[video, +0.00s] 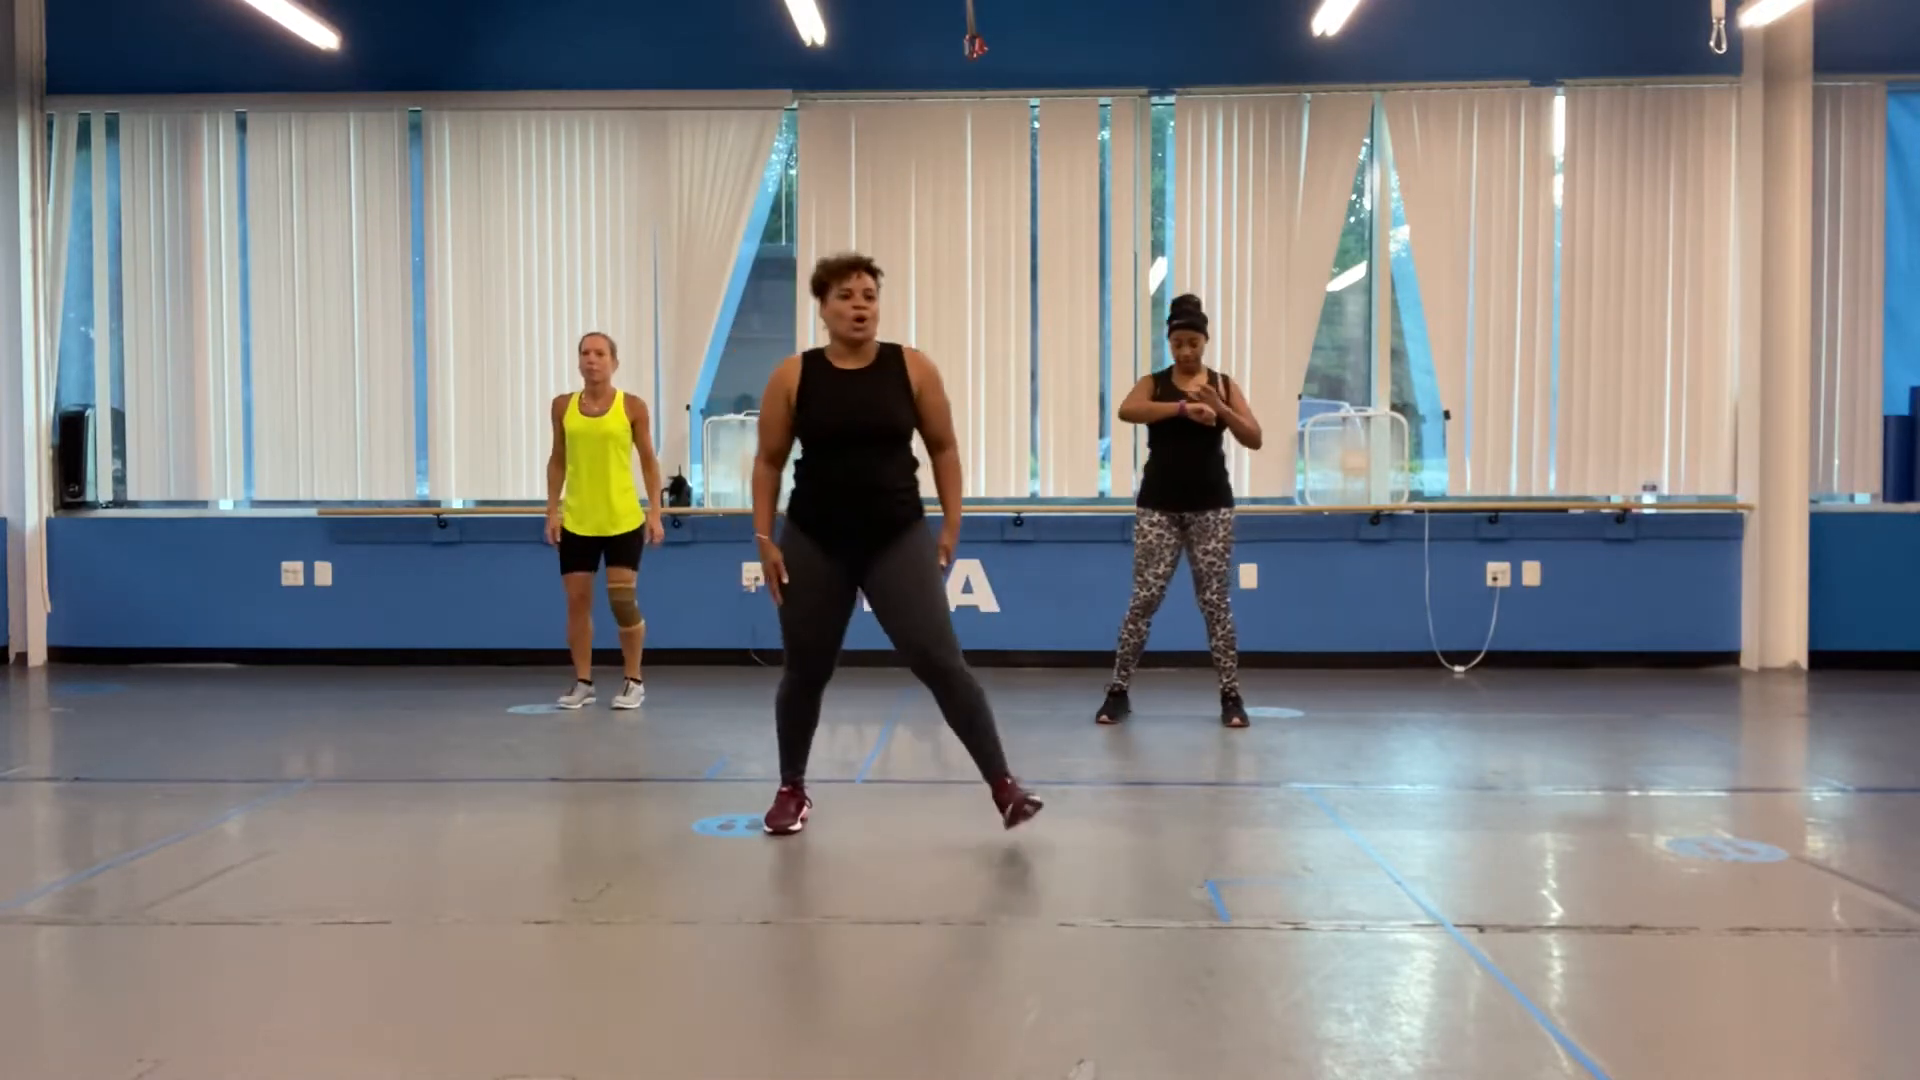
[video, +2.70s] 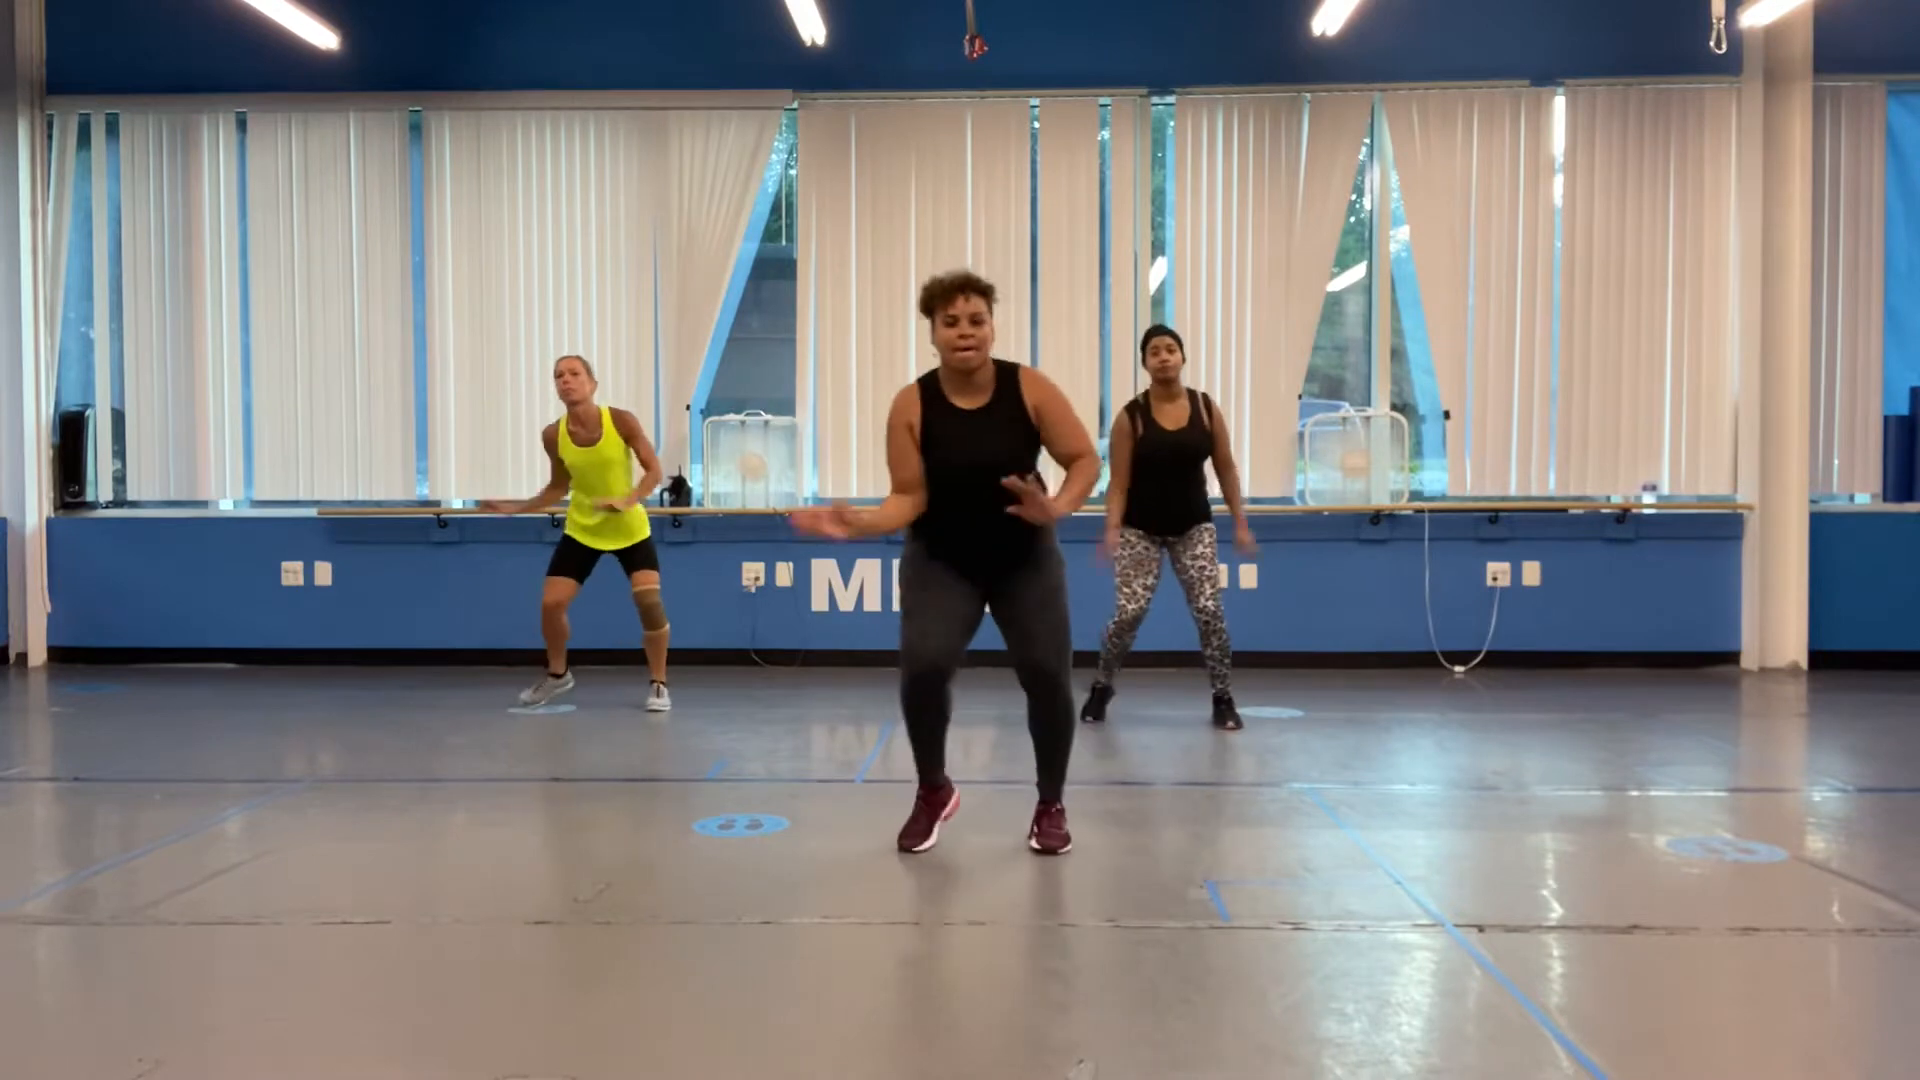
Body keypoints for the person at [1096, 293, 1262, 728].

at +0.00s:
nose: (1185, 350)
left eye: (1192, 342)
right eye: (1178, 342)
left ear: (1205, 342)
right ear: (1169, 343)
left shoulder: (1224, 386)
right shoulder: (1153, 383)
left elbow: (1255, 438)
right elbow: (1127, 411)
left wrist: (1222, 411)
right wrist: (1180, 408)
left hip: (1210, 508)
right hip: (1159, 507)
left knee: (1215, 601)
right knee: (1145, 598)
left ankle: (1230, 695)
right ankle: (1118, 691)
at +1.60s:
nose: (1177, 341)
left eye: (1184, 334)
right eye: (1169, 334)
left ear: (1195, 338)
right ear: (1159, 340)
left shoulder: (1214, 385)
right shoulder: (1141, 389)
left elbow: (1230, 438)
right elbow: (1125, 447)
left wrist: (1235, 456)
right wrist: (1174, 453)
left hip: (1204, 511)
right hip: (1152, 510)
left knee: (1214, 603)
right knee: (1141, 602)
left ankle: (1233, 695)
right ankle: (1118, 693)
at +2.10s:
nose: (1142, 347)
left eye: (1150, 340)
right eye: (1135, 339)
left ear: (1159, 349)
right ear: (1120, 345)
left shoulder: (1170, 399)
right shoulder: (1095, 394)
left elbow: (1214, 437)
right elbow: (1076, 440)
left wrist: (1271, 458)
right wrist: (1132, 421)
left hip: (1168, 516)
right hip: (1115, 518)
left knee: (1190, 601)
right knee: (1098, 605)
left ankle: (1249, 665)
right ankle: (1089, 694)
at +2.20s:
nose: (1136, 349)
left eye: (1144, 343)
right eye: (1129, 342)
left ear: (1153, 353)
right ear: (1116, 349)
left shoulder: (1165, 404)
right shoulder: (1090, 399)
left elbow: (1201, 455)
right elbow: (1056, 446)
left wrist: (1248, 490)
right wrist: (1091, 453)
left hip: (1163, 521)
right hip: (1108, 524)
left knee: (1182, 604)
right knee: (1090, 608)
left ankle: (1229, 667)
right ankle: (1088, 695)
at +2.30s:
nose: (1138, 345)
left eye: (1146, 339)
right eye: (1130, 339)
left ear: (1155, 348)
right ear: (1118, 347)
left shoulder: (1170, 402)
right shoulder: (1094, 400)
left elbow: (1194, 456)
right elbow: (1051, 445)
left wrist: (1207, 504)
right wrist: (1044, 487)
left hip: (1162, 518)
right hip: (1107, 519)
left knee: (1184, 605)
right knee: (1097, 607)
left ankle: (1214, 685)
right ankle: (1087, 694)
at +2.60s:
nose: (1166, 356)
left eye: (1172, 349)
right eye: (1157, 351)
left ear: (1185, 357)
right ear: (1146, 362)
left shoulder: (1208, 408)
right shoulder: (1131, 414)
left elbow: (1223, 470)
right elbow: (1107, 474)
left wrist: (1194, 506)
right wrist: (1070, 483)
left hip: (1190, 523)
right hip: (1135, 524)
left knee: (1208, 607)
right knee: (1135, 606)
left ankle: (1222, 697)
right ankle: (1082, 651)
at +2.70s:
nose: (1163, 357)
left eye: (1170, 350)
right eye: (1154, 352)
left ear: (1182, 358)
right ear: (1144, 363)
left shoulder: (1206, 409)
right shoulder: (1129, 418)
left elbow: (1225, 468)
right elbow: (1118, 482)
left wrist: (1239, 520)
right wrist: (1112, 529)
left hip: (1193, 528)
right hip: (1138, 530)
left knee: (1208, 611)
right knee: (1130, 612)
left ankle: (1223, 697)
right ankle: (1101, 688)